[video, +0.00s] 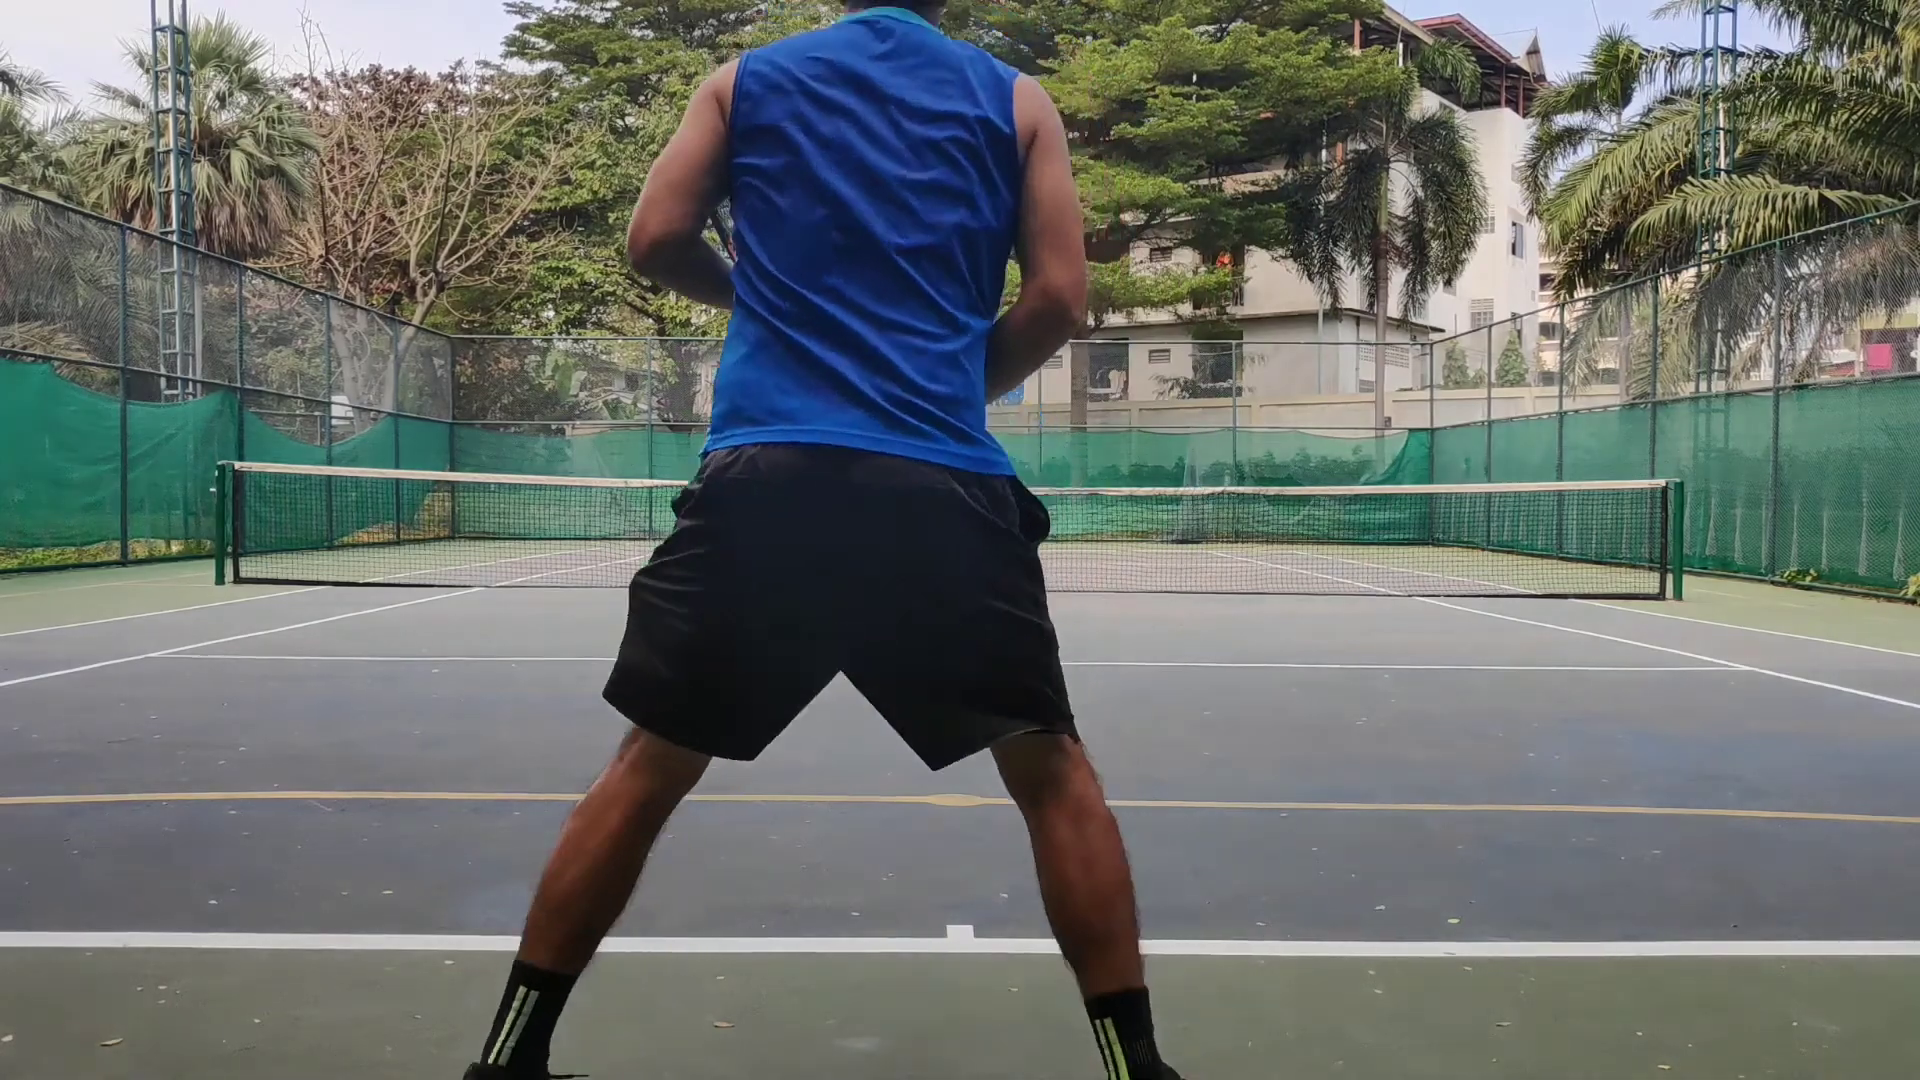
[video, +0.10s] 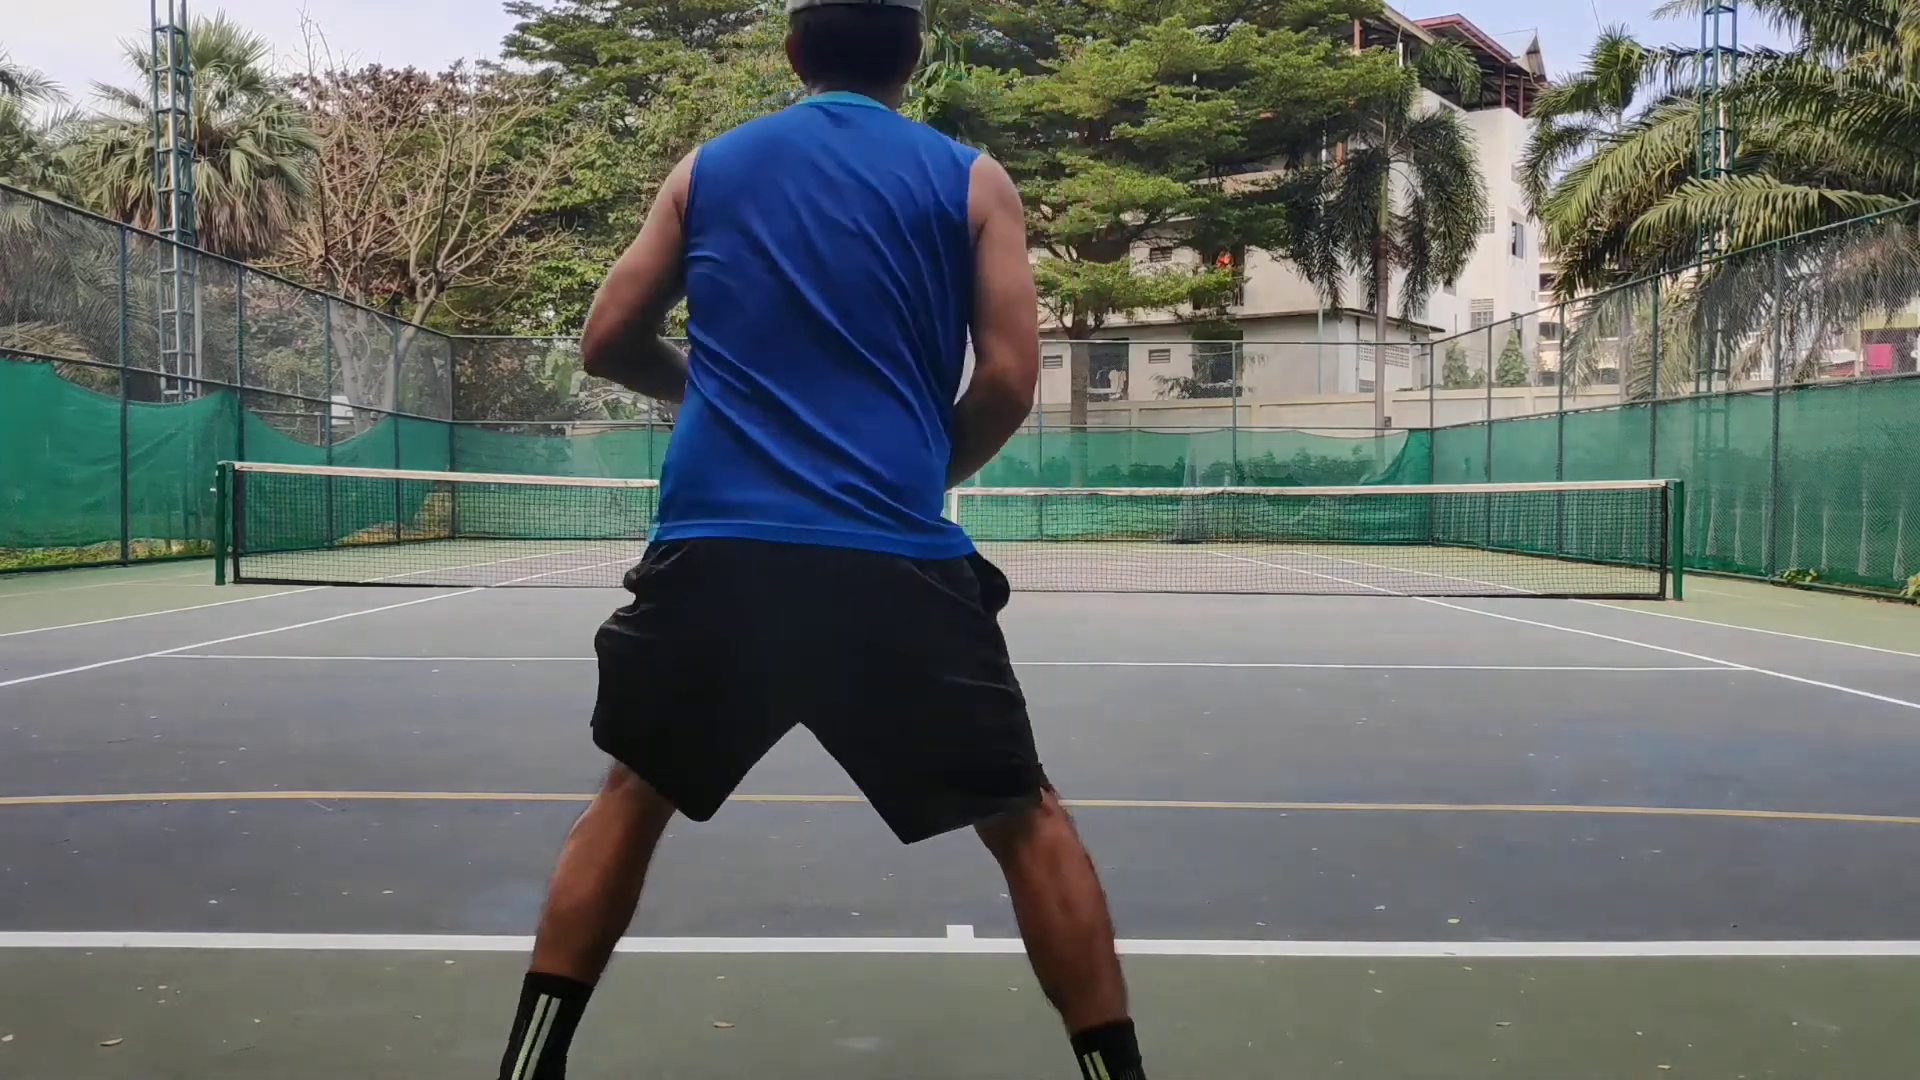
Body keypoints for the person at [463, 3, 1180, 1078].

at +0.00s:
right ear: (942, 2)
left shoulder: (748, 78)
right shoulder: (1017, 98)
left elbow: (657, 238)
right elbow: (1061, 299)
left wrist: (751, 288)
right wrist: (961, 375)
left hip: (762, 491)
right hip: (943, 500)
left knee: (644, 775)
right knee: (1055, 780)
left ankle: (510, 1050)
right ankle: (1137, 1062)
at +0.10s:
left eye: (802, 39)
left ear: (795, 57)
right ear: (908, 66)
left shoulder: (708, 165)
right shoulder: (972, 178)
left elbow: (610, 338)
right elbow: (1010, 382)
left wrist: (706, 385)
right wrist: (928, 464)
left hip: (717, 566)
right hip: (899, 582)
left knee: (630, 799)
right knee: (1028, 822)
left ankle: (529, 1061)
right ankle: (1120, 1072)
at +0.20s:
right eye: (849, 97)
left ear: (718, 80)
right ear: (836, 96)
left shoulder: (629, 184)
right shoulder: (860, 195)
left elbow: (557, 382)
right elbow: (882, 389)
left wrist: (652, 447)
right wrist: (832, 518)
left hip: (597, 576)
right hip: (775, 587)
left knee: (598, 808)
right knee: (943, 835)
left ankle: (547, 1063)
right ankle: (1098, 1066)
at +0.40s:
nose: (672, 52)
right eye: (673, 37)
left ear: (551, 28)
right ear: (663, 37)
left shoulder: (498, 120)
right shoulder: (598, 125)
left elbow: (576, 354)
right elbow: (611, 332)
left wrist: (732, 389)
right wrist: (733, 467)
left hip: (295, 475)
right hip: (421, 488)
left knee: (440, 740)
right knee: (635, 760)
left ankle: (441, 1033)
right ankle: (478, 1048)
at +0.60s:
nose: (448, 82)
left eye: (450, 59)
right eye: (449, 56)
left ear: (331, 38)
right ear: (428, 54)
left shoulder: (364, 189)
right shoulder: (284, 126)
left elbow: (480, 316)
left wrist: (608, 346)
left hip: (104, 536)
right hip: (163, 536)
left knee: (134, 819)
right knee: (436, 788)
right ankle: (358, 1077)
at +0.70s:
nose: (300, 76)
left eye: (303, 53)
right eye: (302, 50)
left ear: (172, 32)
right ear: (275, 45)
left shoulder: (247, 202)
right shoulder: (82, 120)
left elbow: (369, 300)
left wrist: (472, 356)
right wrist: (70, 281)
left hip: (86, 548)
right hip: (40, 546)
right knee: (298, 781)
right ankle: (329, 1070)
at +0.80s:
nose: (144, 58)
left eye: (148, 39)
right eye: (147, 35)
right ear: (117, 27)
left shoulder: (82, 186)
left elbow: (226, 298)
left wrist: (314, 379)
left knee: (86, 820)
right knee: (89, 820)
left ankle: (232, 1069)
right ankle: (236, 1071)